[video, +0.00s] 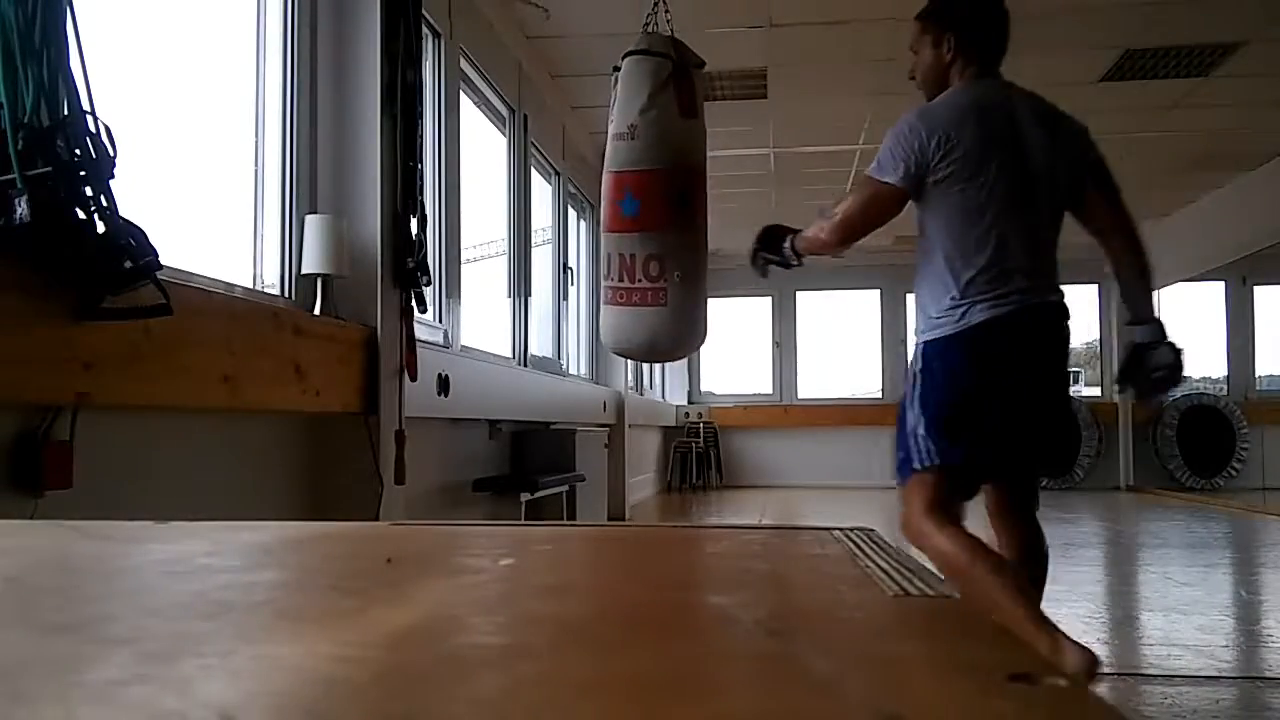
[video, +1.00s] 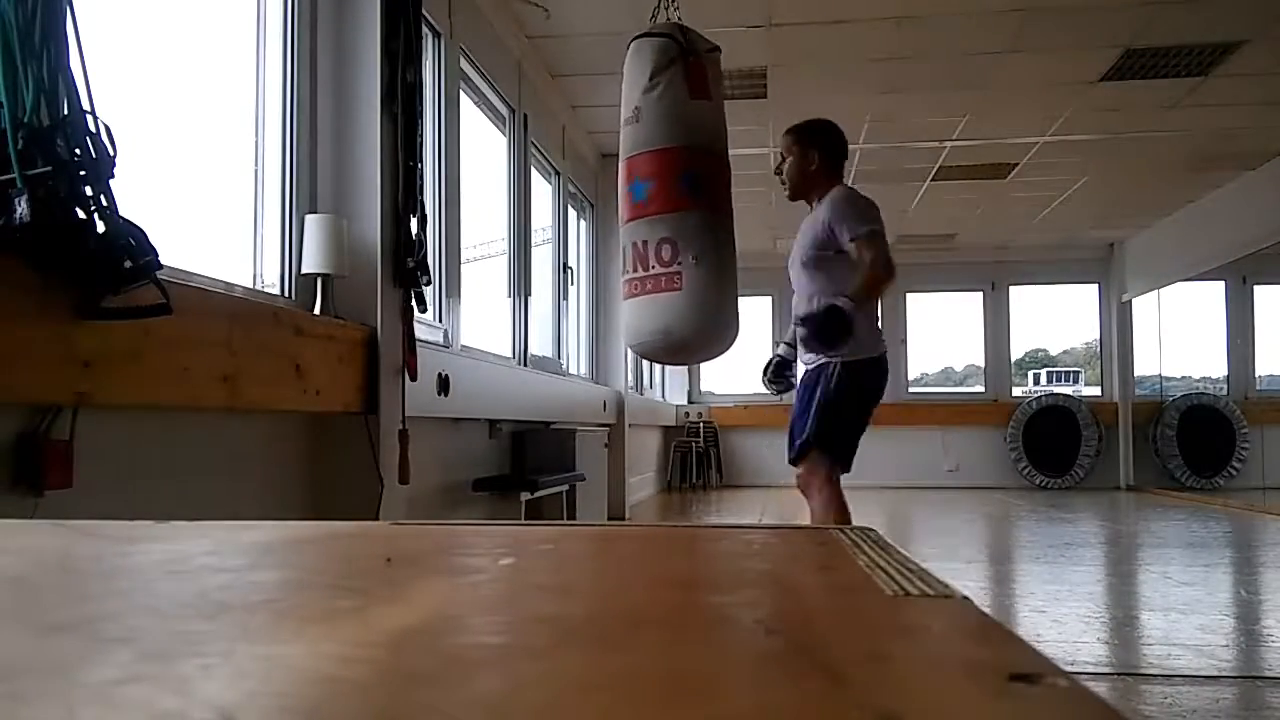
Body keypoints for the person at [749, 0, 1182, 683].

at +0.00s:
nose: (909, 63)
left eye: (916, 48)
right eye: (910, 48)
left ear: (953, 48)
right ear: (986, 48)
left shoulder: (928, 127)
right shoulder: (1055, 124)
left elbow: (840, 233)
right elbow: (1120, 235)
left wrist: (792, 243)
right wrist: (1144, 328)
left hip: (959, 342)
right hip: (1041, 338)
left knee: (925, 515)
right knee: (1013, 504)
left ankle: (1054, 649)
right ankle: (1020, 662)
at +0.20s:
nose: (875, 83)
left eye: (881, 68)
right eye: (877, 68)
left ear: (909, 70)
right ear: (946, 72)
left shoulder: (891, 145)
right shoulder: (1002, 144)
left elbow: (797, 227)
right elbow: (1045, 244)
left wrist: (728, 237)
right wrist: (1027, 299)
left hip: (911, 336)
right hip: (990, 333)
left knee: (861, 490)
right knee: (994, 497)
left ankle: (893, 642)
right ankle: (1010, 654)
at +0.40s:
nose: (823, 117)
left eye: (826, 105)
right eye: (824, 105)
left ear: (841, 106)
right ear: (887, 107)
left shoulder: (835, 175)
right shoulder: (936, 172)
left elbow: (778, 266)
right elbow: (994, 255)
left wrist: (701, 269)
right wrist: (961, 291)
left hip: (855, 355)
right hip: (929, 352)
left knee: (821, 495)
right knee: (957, 493)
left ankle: (817, 633)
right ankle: (996, 637)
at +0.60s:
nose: (783, 139)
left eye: (784, 125)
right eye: (783, 125)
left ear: (801, 124)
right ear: (842, 123)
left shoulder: (813, 177)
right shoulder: (891, 182)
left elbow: (781, 250)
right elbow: (938, 258)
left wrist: (692, 262)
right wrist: (934, 330)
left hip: (830, 352)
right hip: (891, 349)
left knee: (806, 488)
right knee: (884, 478)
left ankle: (816, 607)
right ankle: (912, 592)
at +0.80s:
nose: (771, 154)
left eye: (776, 142)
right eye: (773, 143)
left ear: (802, 143)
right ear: (822, 145)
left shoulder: (820, 189)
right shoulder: (858, 197)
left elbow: (803, 242)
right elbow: (883, 281)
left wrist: (730, 263)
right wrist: (858, 326)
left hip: (826, 355)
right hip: (861, 353)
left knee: (801, 485)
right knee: (838, 481)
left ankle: (818, 583)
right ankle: (850, 583)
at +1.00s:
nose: (778, 167)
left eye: (786, 156)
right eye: (780, 157)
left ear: (814, 160)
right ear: (812, 162)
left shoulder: (844, 203)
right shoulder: (818, 217)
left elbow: (880, 266)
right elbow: (815, 297)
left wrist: (845, 308)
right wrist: (790, 349)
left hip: (845, 362)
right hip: (825, 363)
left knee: (815, 475)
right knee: (815, 477)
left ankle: (835, 580)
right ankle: (841, 574)